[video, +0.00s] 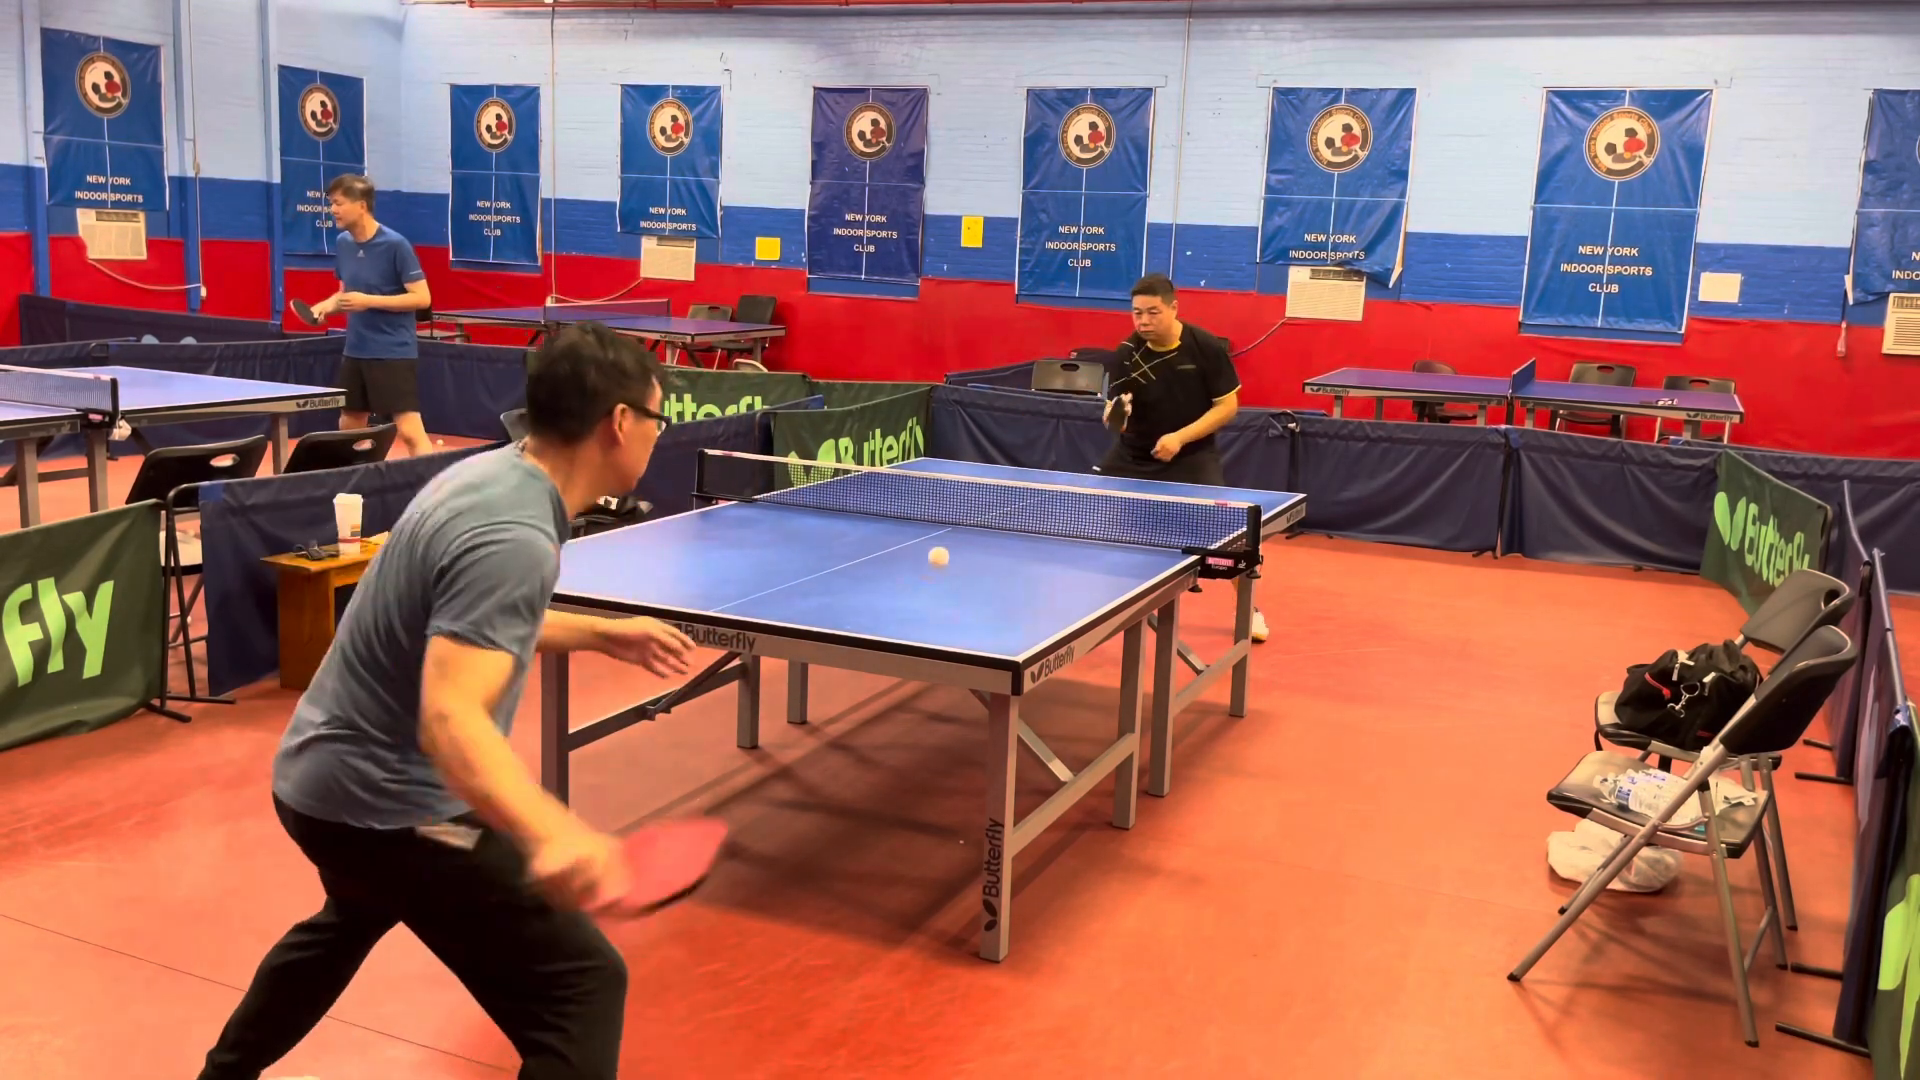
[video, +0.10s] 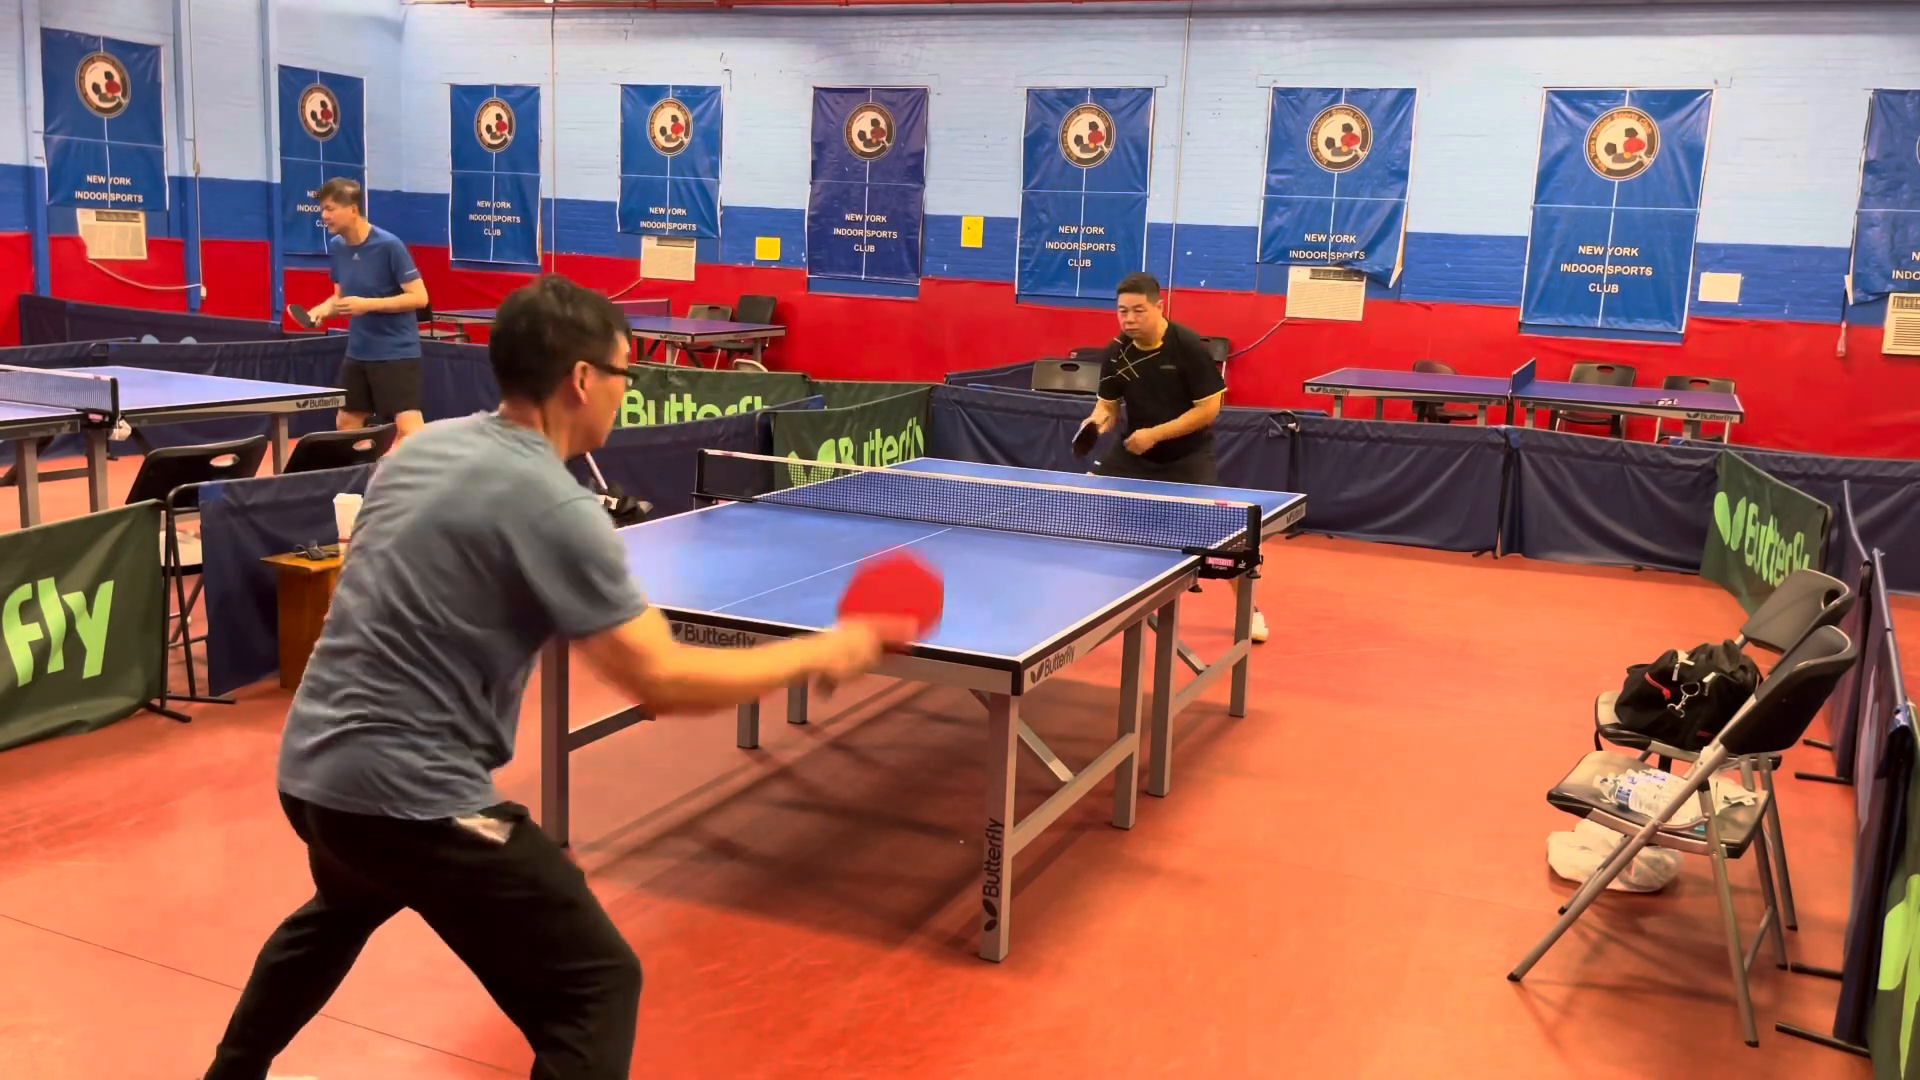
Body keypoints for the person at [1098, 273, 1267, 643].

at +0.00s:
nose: (1142, 320)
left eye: (1151, 312)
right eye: (1137, 312)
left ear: (1173, 309)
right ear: (1132, 313)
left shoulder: (1208, 349)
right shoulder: (1125, 355)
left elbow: (1229, 406)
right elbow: (1112, 419)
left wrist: (1180, 437)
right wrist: (1119, 411)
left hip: (1193, 458)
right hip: (1132, 455)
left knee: (1213, 523)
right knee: (1085, 507)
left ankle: (1247, 608)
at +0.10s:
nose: (1128, 319)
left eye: (1136, 310)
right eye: (1122, 311)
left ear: (1159, 307)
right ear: (1117, 312)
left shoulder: (1189, 348)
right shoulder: (1116, 353)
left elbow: (1209, 409)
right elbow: (1106, 406)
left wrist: (1154, 434)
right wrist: (1098, 421)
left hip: (1188, 457)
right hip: (1133, 454)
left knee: (1209, 524)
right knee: (1079, 502)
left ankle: (1246, 608)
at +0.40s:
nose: (1072, 328)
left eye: (1078, 319)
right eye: (1068, 320)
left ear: (1105, 310)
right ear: (1101, 312)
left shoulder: (1126, 349)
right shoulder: (1116, 334)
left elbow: (1121, 423)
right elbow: (1114, 379)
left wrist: (1085, 422)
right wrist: (1075, 394)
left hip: (1165, 451)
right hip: (1131, 444)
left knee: (1191, 526)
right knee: (1079, 499)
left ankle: (1257, 607)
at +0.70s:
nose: (1071, 321)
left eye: (1078, 311)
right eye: (1066, 313)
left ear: (1102, 303)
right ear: (1063, 310)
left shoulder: (1142, 330)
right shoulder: (1070, 344)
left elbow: (1172, 387)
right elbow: (1045, 399)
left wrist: (1123, 421)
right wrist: (1045, 364)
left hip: (1160, 436)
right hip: (1106, 434)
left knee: (1188, 515)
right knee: (1054, 497)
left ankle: (1214, 598)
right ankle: (1040, 585)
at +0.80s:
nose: (1087, 325)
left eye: (1095, 316)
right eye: (1081, 317)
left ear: (1117, 310)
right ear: (1076, 315)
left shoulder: (1154, 338)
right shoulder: (1078, 349)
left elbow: (1183, 393)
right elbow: (1060, 414)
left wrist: (1137, 427)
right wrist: (1062, 390)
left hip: (1159, 439)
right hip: (1102, 436)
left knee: (1193, 512)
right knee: (1047, 492)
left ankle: (1212, 599)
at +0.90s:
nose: (1094, 330)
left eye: (1103, 321)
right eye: (1088, 322)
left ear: (1123, 317)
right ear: (1081, 321)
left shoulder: (1155, 350)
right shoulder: (1077, 358)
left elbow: (1180, 405)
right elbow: (1061, 418)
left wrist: (1135, 437)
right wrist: (1062, 418)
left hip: (1155, 448)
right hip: (1094, 446)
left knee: (1192, 511)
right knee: (1043, 497)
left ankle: (1211, 599)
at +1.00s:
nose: (1084, 325)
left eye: (1094, 316)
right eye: (1079, 316)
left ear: (1115, 313)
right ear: (1073, 315)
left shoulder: (1146, 350)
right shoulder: (1071, 353)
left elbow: (1165, 409)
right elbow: (1062, 405)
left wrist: (1112, 433)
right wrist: (1054, 427)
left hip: (1151, 447)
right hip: (1095, 445)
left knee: (1182, 512)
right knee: (1045, 497)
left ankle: (1210, 599)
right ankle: (1035, 585)